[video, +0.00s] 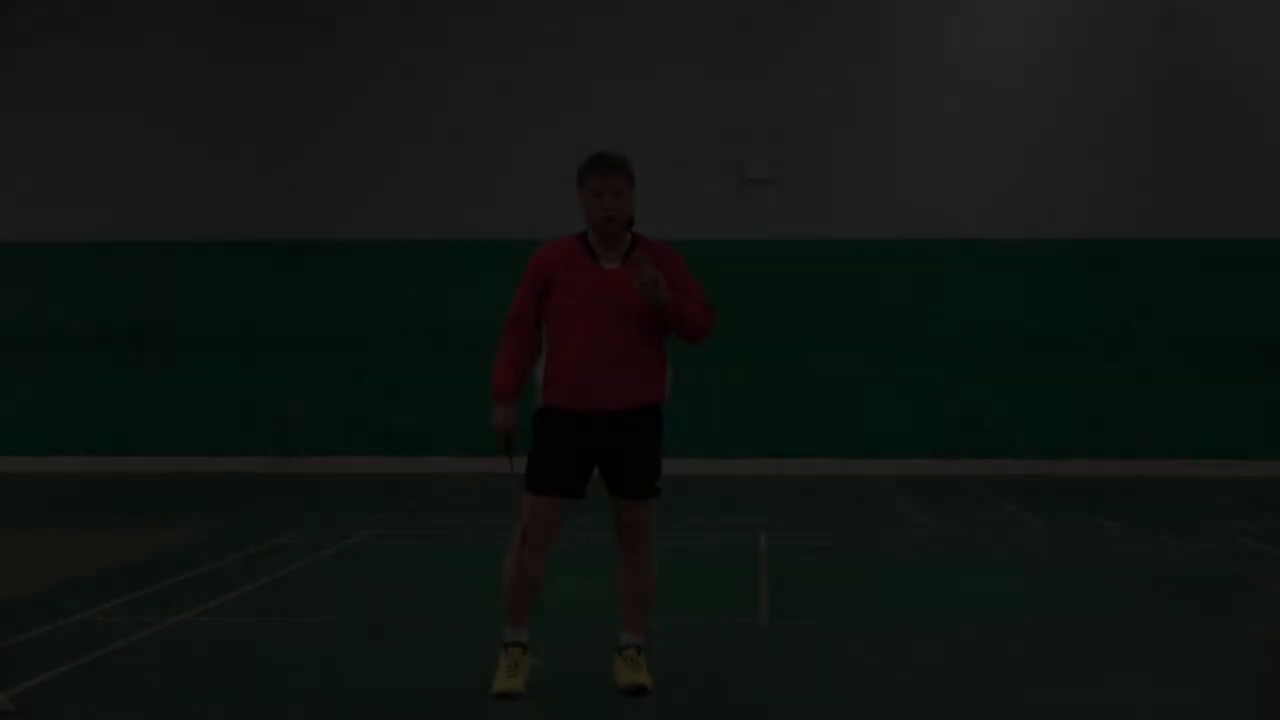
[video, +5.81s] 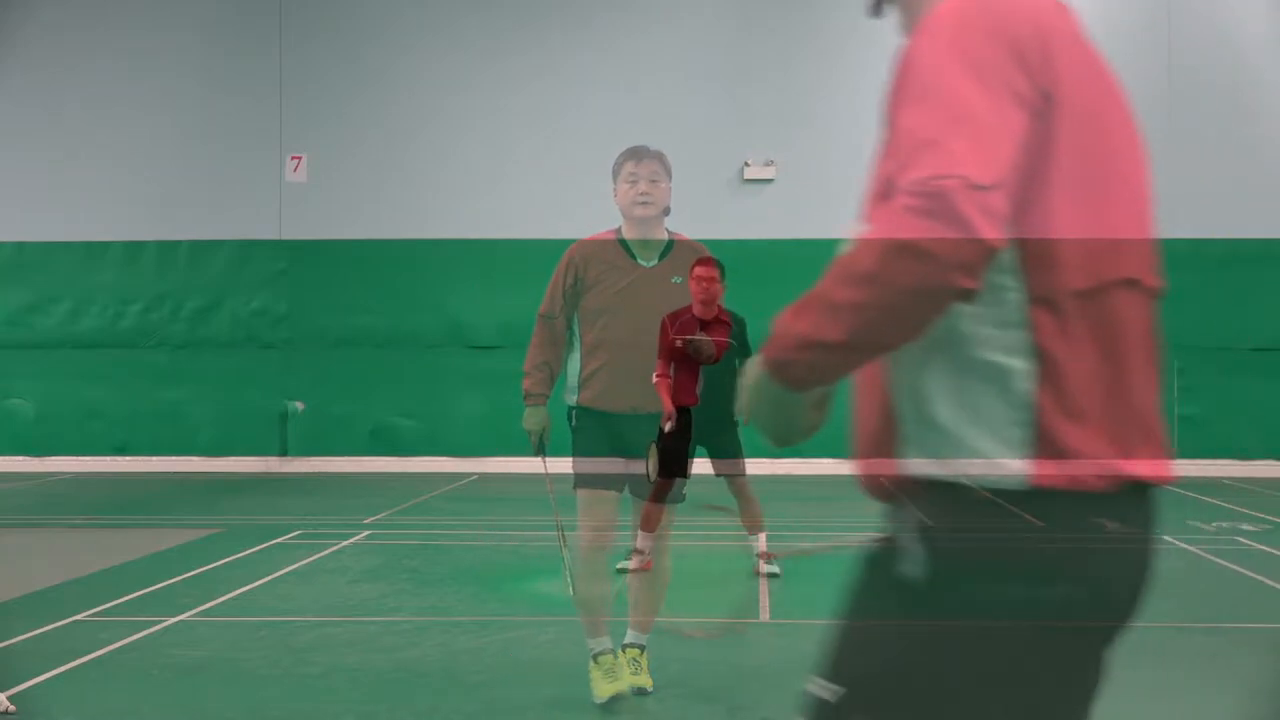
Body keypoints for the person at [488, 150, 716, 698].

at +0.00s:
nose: (609, 205)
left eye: (618, 194)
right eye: (598, 195)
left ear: (633, 200)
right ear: (582, 201)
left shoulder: (655, 261)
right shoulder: (554, 262)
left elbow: (700, 325)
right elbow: (521, 331)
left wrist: (664, 297)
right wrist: (506, 398)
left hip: (635, 415)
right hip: (564, 414)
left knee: (634, 531)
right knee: (536, 529)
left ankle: (633, 648)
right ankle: (514, 645)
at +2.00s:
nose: (564, 207)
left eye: (575, 196)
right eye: (553, 198)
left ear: (592, 201)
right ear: (538, 206)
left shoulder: (622, 258)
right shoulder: (512, 265)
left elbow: (664, 324)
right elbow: (485, 335)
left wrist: (618, 334)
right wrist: (474, 407)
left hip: (607, 423)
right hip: (533, 426)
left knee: (619, 537)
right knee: (518, 537)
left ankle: (629, 649)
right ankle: (513, 652)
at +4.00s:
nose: (555, 218)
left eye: (565, 207)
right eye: (543, 208)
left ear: (582, 212)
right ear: (528, 215)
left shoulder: (611, 258)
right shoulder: (504, 269)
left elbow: (659, 317)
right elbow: (480, 339)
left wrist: (603, 298)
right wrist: (470, 411)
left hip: (605, 425)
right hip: (532, 428)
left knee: (619, 537)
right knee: (517, 537)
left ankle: (629, 650)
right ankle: (513, 651)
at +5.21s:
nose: (590, 188)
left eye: (601, 180)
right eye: (579, 181)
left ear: (619, 195)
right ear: (564, 197)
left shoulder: (652, 258)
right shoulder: (539, 261)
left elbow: (686, 319)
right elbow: (507, 331)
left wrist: (663, 336)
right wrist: (488, 404)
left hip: (632, 420)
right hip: (558, 420)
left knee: (633, 538)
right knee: (528, 537)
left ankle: (631, 650)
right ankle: (514, 649)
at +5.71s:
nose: (639, 188)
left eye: (649, 180)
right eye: (628, 181)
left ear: (667, 194)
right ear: (611, 196)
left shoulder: (694, 261)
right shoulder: (582, 257)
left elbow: (714, 335)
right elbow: (549, 329)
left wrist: (706, 345)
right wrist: (535, 400)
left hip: (667, 419)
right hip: (596, 415)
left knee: (650, 543)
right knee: (583, 537)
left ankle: (634, 650)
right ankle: (579, 651)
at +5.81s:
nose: (643, 187)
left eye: (653, 179)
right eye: (632, 180)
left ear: (671, 191)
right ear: (615, 193)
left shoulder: (695, 259)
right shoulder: (584, 257)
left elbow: (719, 339)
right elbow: (549, 330)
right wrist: (536, 400)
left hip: (671, 419)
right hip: (600, 416)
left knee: (655, 538)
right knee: (595, 536)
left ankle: (636, 649)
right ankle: (600, 653)